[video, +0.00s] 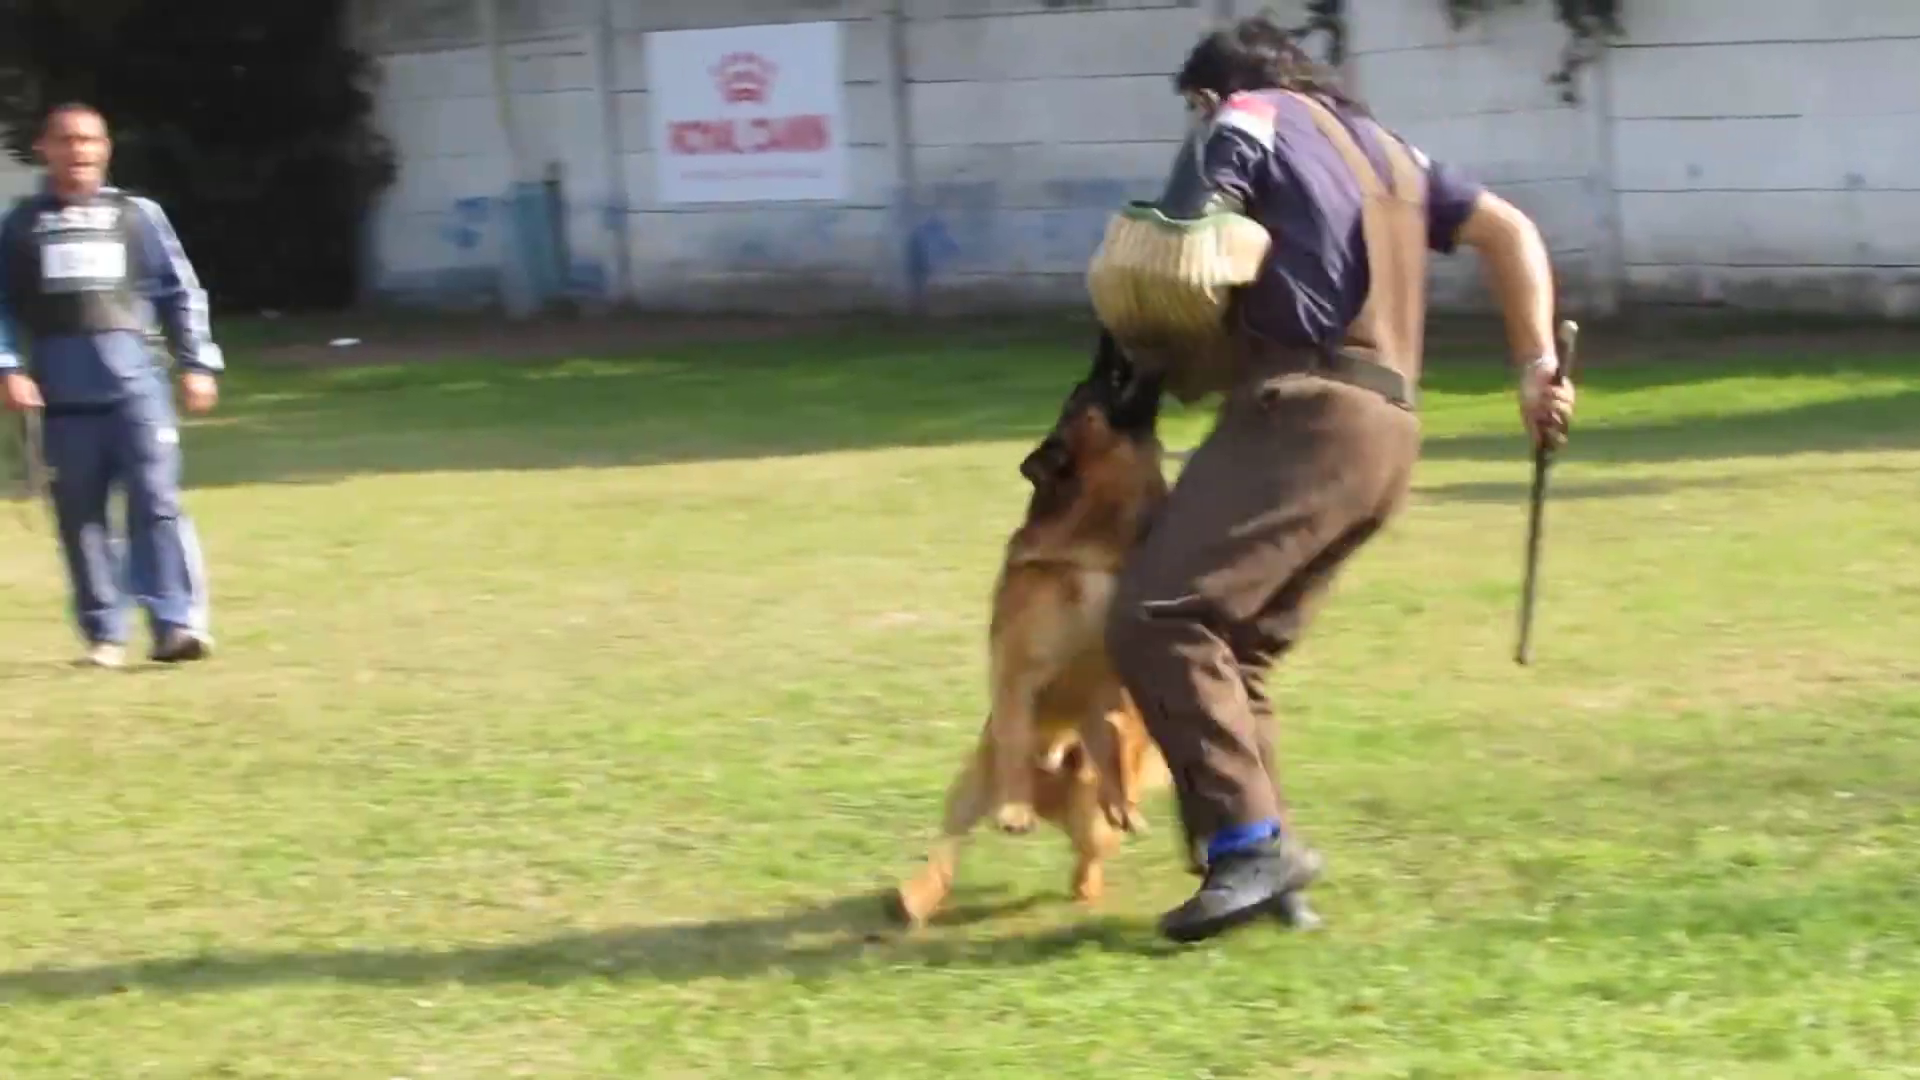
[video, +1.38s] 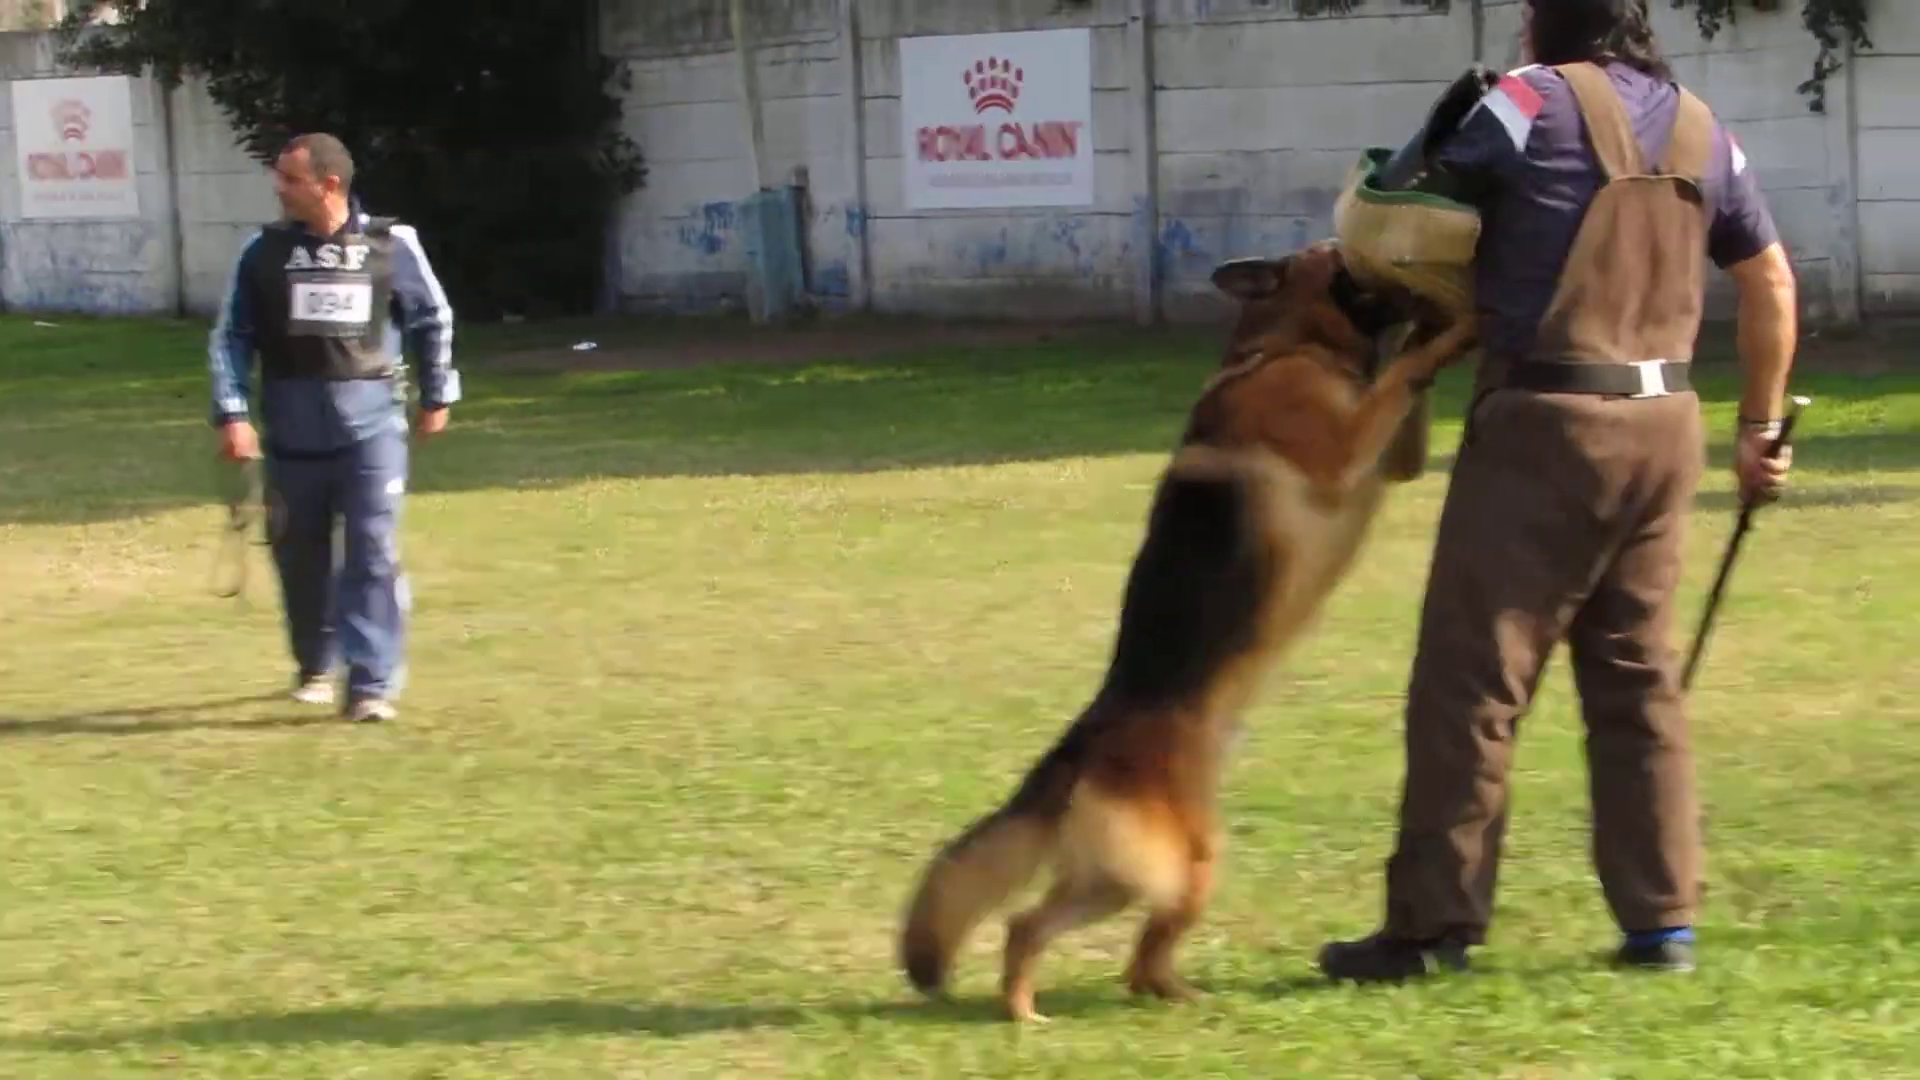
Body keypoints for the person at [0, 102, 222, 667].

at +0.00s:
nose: (80, 151)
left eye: (90, 140)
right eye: (68, 141)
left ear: (107, 148)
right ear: (44, 149)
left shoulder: (138, 215)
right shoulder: (22, 223)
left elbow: (181, 289)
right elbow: (5, 305)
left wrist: (198, 361)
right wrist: (11, 365)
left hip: (137, 382)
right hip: (64, 391)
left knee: (158, 499)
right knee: (81, 514)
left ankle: (177, 624)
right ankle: (104, 631)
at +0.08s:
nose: (172, 153)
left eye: (181, 142)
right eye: (159, 142)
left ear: (199, 151)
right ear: (134, 151)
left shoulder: (227, 219)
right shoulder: (109, 224)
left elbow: (268, 293)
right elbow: (79, 305)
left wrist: (289, 368)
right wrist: (89, 369)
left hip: (219, 384)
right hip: (144, 391)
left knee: (236, 508)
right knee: (161, 516)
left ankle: (251, 633)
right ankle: (184, 634)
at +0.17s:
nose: (259, 153)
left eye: (270, 143)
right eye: (246, 142)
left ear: (285, 152)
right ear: (221, 152)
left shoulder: (311, 222)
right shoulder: (193, 223)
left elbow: (350, 298)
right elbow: (161, 303)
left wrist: (368, 373)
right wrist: (161, 368)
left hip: (297, 391)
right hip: (223, 398)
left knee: (306, 513)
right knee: (236, 518)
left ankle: (316, 635)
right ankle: (253, 631)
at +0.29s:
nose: (368, 147)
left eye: (379, 136)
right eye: (356, 136)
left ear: (395, 147)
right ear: (332, 147)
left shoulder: (420, 221)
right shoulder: (300, 215)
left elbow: (455, 301)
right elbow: (264, 293)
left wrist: (466, 375)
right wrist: (255, 365)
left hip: (395, 396)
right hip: (320, 398)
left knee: (405, 519)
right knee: (315, 517)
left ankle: (409, 635)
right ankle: (341, 621)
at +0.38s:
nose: (421, 145)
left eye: (431, 135)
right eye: (409, 135)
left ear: (447, 146)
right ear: (384, 145)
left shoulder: (471, 221)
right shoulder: (352, 214)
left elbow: (504, 302)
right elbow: (314, 291)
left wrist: (511, 376)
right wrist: (302, 364)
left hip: (447, 400)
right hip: (370, 402)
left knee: (451, 520)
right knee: (356, 506)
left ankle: (453, 637)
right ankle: (382, 615)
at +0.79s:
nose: (362, 153)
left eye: (373, 142)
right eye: (351, 143)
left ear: (397, 150)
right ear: (336, 154)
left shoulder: (435, 220)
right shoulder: (314, 230)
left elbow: (469, 288)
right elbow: (285, 311)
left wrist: (431, 323)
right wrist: (276, 388)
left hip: (425, 402)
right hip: (349, 407)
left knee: (424, 526)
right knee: (354, 527)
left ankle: (424, 642)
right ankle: (350, 655)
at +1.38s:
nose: (279, 186)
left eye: (290, 179)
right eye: (280, 177)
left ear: (330, 186)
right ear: (309, 186)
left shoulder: (391, 246)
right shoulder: (265, 252)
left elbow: (432, 317)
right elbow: (230, 336)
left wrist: (437, 392)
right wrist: (231, 412)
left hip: (370, 419)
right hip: (292, 422)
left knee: (372, 550)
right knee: (297, 548)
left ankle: (371, 681)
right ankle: (317, 665)